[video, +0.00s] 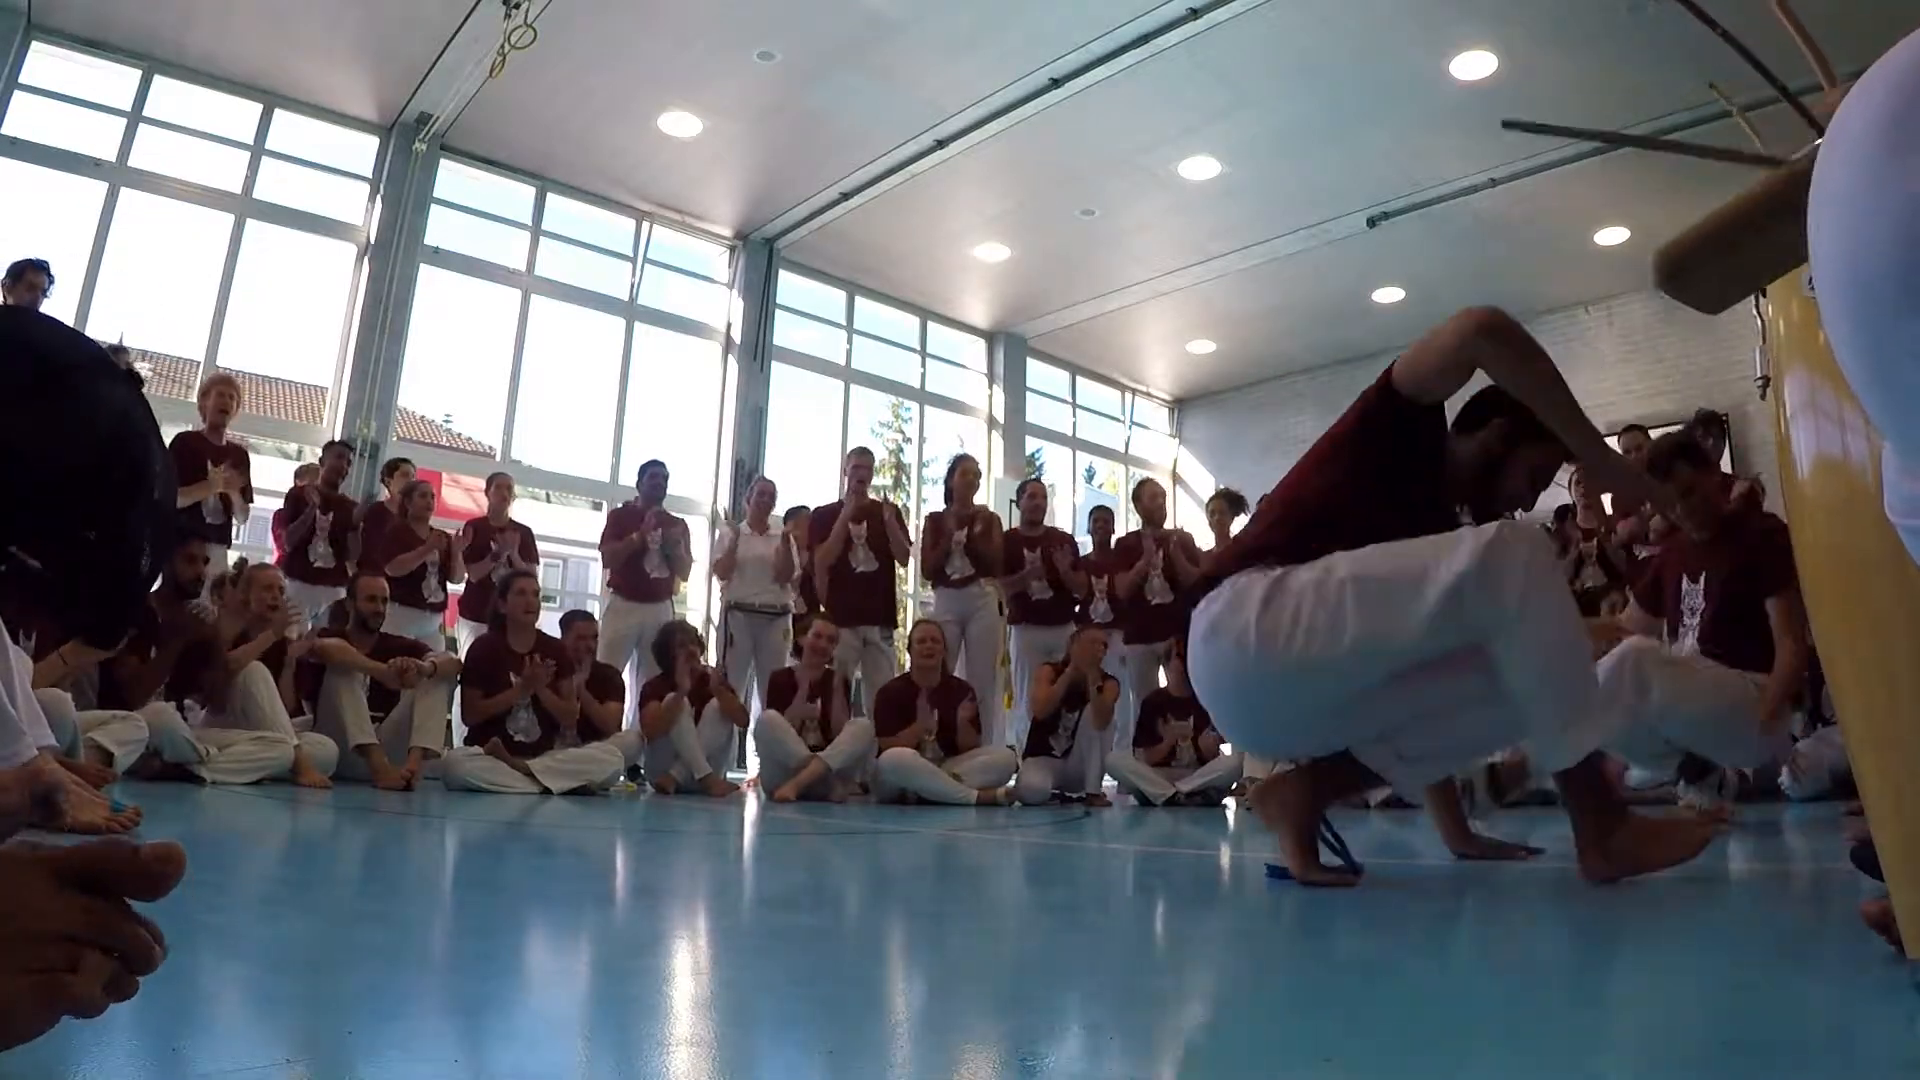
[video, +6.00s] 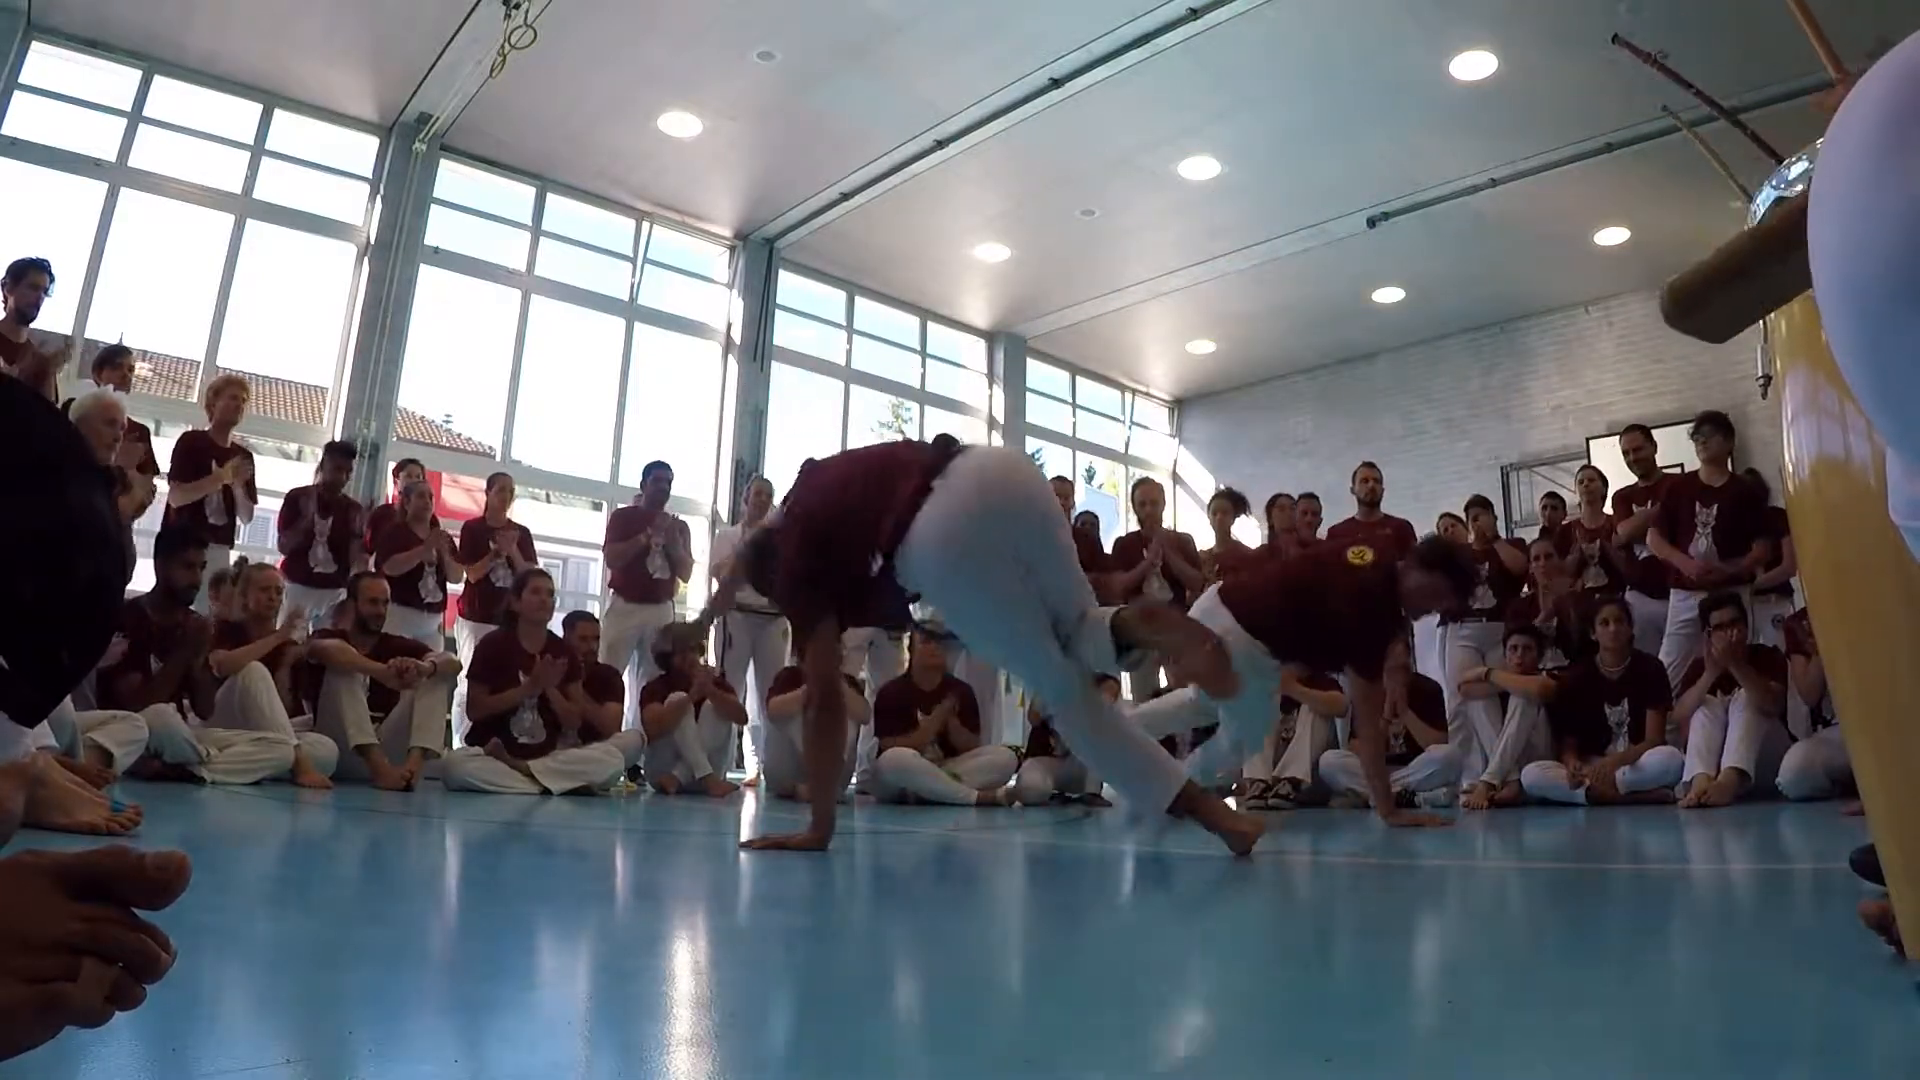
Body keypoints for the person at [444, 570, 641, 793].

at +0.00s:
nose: (531, 601)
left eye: (536, 595)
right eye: (521, 594)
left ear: (542, 601)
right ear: (502, 604)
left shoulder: (556, 649)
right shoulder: (483, 647)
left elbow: (570, 716)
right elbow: (470, 715)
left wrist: (539, 689)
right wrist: (521, 690)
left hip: (546, 756)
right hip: (489, 755)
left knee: (612, 759)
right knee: (455, 766)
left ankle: (524, 766)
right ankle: (549, 786)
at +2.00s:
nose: (529, 604)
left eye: (534, 597)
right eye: (520, 597)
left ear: (540, 603)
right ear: (501, 605)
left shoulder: (556, 648)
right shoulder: (481, 649)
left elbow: (569, 717)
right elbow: (469, 717)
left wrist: (537, 689)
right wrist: (521, 691)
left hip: (545, 755)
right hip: (488, 754)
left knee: (612, 758)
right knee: (454, 766)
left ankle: (522, 766)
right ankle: (547, 786)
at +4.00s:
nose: (528, 604)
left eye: (533, 597)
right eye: (519, 597)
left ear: (539, 603)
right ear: (500, 605)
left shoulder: (555, 649)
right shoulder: (481, 649)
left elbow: (570, 718)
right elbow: (469, 716)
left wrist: (537, 690)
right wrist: (521, 689)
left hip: (546, 757)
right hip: (488, 755)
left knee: (613, 758)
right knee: (453, 765)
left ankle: (523, 766)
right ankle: (550, 786)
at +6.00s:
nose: (545, 600)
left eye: (550, 594)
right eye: (536, 593)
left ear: (554, 603)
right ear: (514, 603)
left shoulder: (564, 650)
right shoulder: (491, 645)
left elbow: (575, 720)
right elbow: (475, 711)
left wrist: (548, 686)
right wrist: (530, 689)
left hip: (550, 757)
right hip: (493, 755)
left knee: (613, 760)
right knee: (454, 766)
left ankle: (522, 766)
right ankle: (550, 786)